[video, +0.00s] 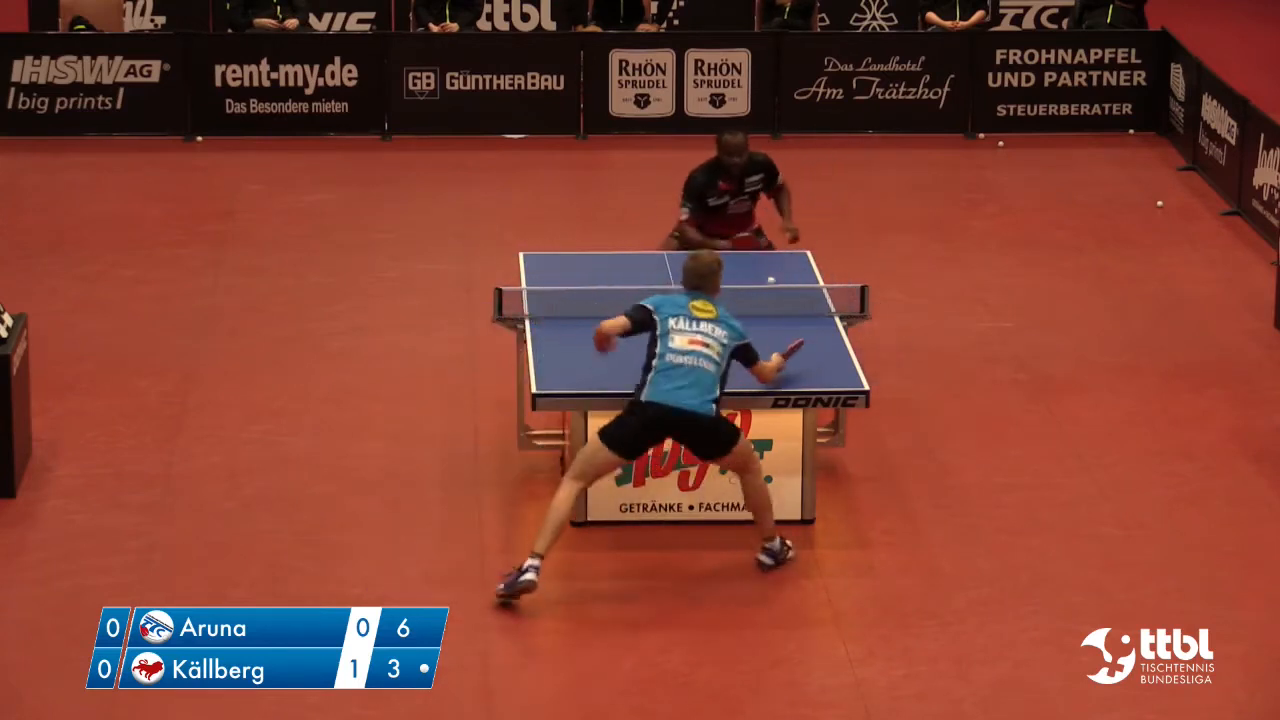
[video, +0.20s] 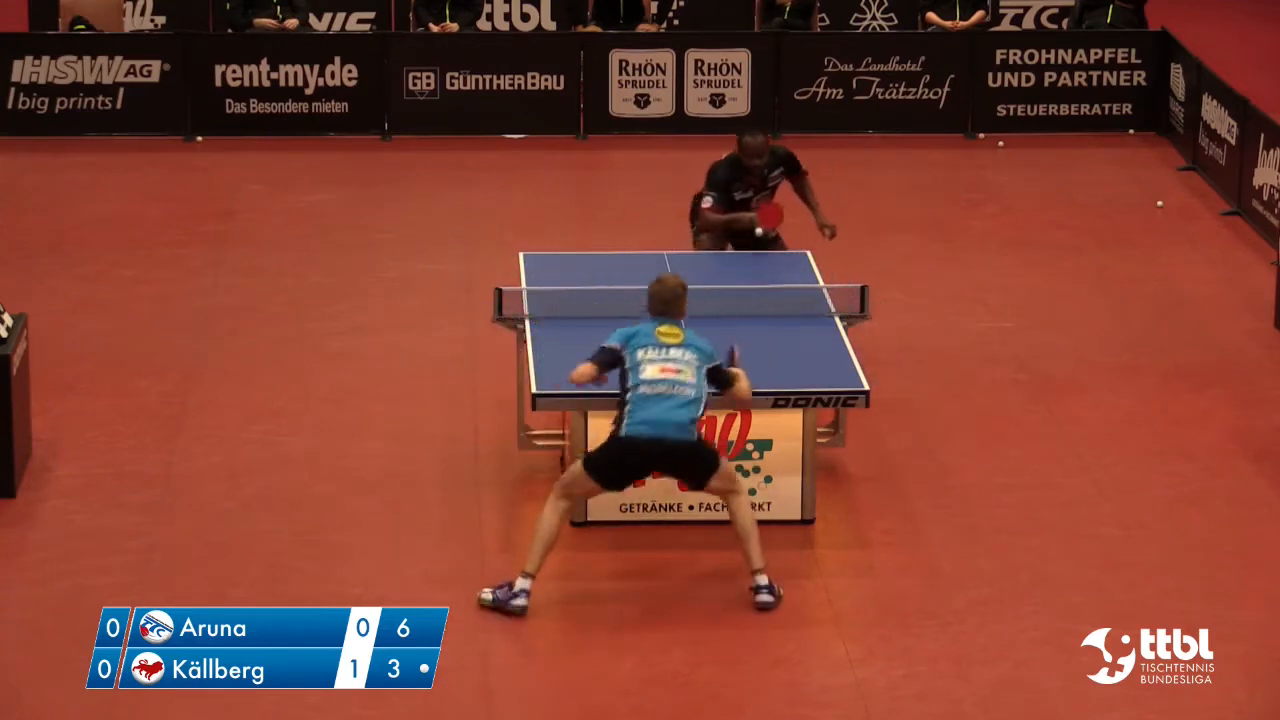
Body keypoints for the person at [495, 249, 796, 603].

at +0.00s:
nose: (720, 282)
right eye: (720, 278)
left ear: (683, 280)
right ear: (718, 286)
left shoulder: (661, 305)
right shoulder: (730, 326)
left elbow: (609, 328)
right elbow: (764, 375)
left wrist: (602, 339)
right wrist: (779, 362)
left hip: (650, 410)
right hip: (699, 417)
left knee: (574, 480)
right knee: (749, 466)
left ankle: (531, 565)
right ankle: (771, 545)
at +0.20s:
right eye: (680, 300)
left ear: (648, 307)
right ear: (684, 308)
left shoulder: (630, 336)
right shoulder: (700, 347)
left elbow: (580, 375)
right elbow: (743, 395)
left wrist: (600, 367)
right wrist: (735, 374)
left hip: (632, 444)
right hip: (683, 447)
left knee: (562, 495)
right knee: (734, 491)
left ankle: (520, 588)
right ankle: (762, 583)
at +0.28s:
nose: (663, 318)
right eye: (667, 313)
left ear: (632, 314)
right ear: (667, 318)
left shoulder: (607, 344)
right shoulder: (680, 359)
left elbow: (549, 375)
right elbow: (727, 400)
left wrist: (574, 366)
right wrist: (719, 376)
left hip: (606, 450)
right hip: (657, 453)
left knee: (538, 493)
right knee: (713, 495)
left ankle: (515, 591)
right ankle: (759, 583)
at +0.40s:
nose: (644, 311)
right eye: (645, 307)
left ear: (610, 309)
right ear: (644, 315)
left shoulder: (581, 335)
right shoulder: (654, 356)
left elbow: (523, 364)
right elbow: (700, 407)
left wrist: (549, 381)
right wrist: (691, 384)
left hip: (562, 434)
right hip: (610, 439)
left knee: (498, 477)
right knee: (686, 493)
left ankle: (490, 577)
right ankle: (716, 591)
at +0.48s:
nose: (626, 312)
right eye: (626, 308)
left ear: (591, 309)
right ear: (626, 313)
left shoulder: (563, 339)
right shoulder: (636, 356)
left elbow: (508, 374)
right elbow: (678, 411)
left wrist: (531, 395)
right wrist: (662, 392)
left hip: (546, 440)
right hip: (596, 447)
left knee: (487, 487)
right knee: (666, 512)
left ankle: (453, 576)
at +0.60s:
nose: (588, 323)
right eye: (589, 319)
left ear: (555, 322)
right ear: (589, 326)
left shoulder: (528, 351)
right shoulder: (601, 365)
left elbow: (474, 389)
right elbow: (635, 422)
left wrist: (506, 405)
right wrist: (617, 419)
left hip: (516, 463)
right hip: (567, 468)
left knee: (461, 511)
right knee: (638, 528)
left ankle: (419, 591)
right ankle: (647, 611)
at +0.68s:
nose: (573, 338)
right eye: (572, 333)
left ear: (534, 334)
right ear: (568, 337)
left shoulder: (507, 360)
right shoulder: (580, 376)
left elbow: (458, 409)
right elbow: (611, 440)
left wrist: (492, 416)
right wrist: (587, 448)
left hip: (500, 469)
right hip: (551, 473)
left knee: (447, 501)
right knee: (628, 501)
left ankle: (411, 586)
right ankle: (635, 594)